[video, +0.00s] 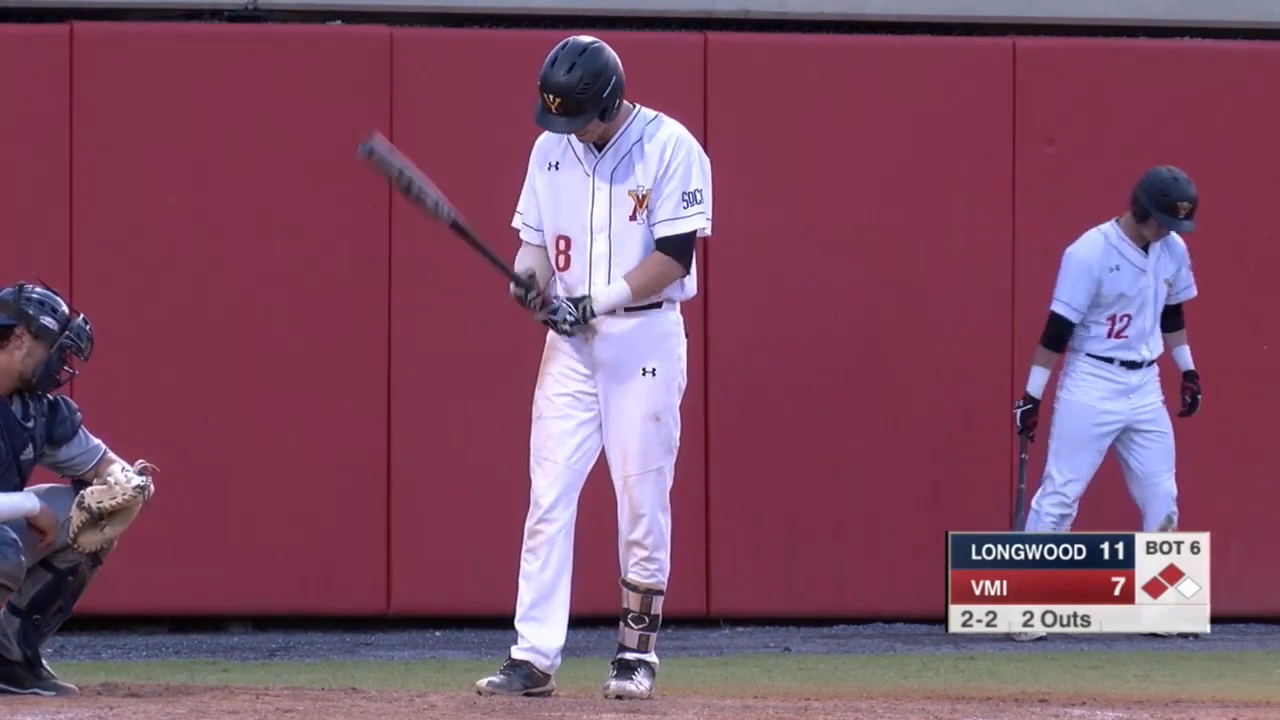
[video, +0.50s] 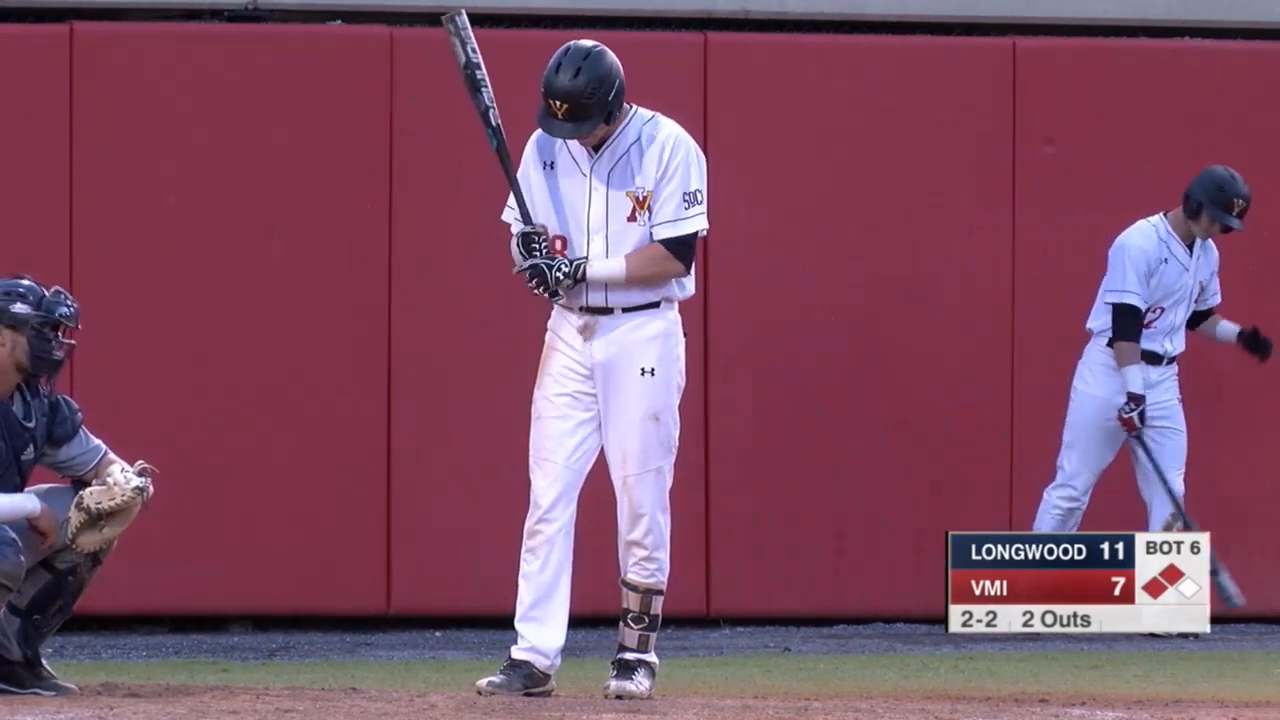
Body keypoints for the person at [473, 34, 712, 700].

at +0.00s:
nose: (571, 132)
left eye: (579, 121)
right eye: (564, 122)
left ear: (613, 103)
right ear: (558, 106)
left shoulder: (672, 146)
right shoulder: (551, 146)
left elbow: (675, 258)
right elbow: (537, 241)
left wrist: (595, 302)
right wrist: (529, 285)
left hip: (644, 343)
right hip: (569, 341)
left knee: (640, 497)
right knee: (549, 499)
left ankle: (636, 654)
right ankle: (533, 657)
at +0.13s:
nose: (573, 134)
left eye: (582, 122)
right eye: (565, 123)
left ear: (614, 102)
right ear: (557, 106)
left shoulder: (671, 145)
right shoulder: (551, 144)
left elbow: (669, 258)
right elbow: (527, 228)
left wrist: (581, 285)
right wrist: (529, 261)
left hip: (644, 336)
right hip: (570, 335)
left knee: (640, 488)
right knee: (549, 494)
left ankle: (635, 652)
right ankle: (534, 656)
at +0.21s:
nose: (572, 134)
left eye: (581, 123)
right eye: (564, 123)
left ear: (613, 103)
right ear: (557, 106)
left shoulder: (671, 144)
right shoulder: (550, 144)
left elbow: (669, 257)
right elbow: (527, 233)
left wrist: (583, 281)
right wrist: (532, 264)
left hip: (644, 336)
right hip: (570, 336)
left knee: (640, 489)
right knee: (549, 495)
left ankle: (635, 652)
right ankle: (534, 656)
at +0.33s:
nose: (571, 134)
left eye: (581, 124)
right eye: (563, 124)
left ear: (613, 105)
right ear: (555, 106)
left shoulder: (670, 145)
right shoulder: (548, 143)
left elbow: (670, 257)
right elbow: (522, 229)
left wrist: (584, 278)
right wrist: (529, 256)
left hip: (644, 336)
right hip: (570, 335)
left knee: (640, 489)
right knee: (549, 494)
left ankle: (635, 652)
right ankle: (533, 656)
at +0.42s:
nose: (573, 136)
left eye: (583, 126)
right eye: (564, 125)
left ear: (615, 106)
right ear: (555, 107)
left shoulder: (670, 145)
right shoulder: (546, 143)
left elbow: (671, 257)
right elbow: (518, 224)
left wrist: (583, 275)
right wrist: (529, 251)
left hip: (644, 336)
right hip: (570, 335)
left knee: (640, 491)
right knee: (548, 495)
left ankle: (635, 653)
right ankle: (533, 656)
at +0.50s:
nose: (572, 136)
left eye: (583, 126)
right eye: (564, 125)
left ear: (615, 107)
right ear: (554, 107)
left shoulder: (669, 146)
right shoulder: (544, 144)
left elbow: (675, 257)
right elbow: (520, 225)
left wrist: (582, 272)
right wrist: (533, 256)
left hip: (644, 336)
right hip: (570, 334)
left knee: (639, 490)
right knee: (548, 494)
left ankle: (635, 653)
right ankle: (533, 657)